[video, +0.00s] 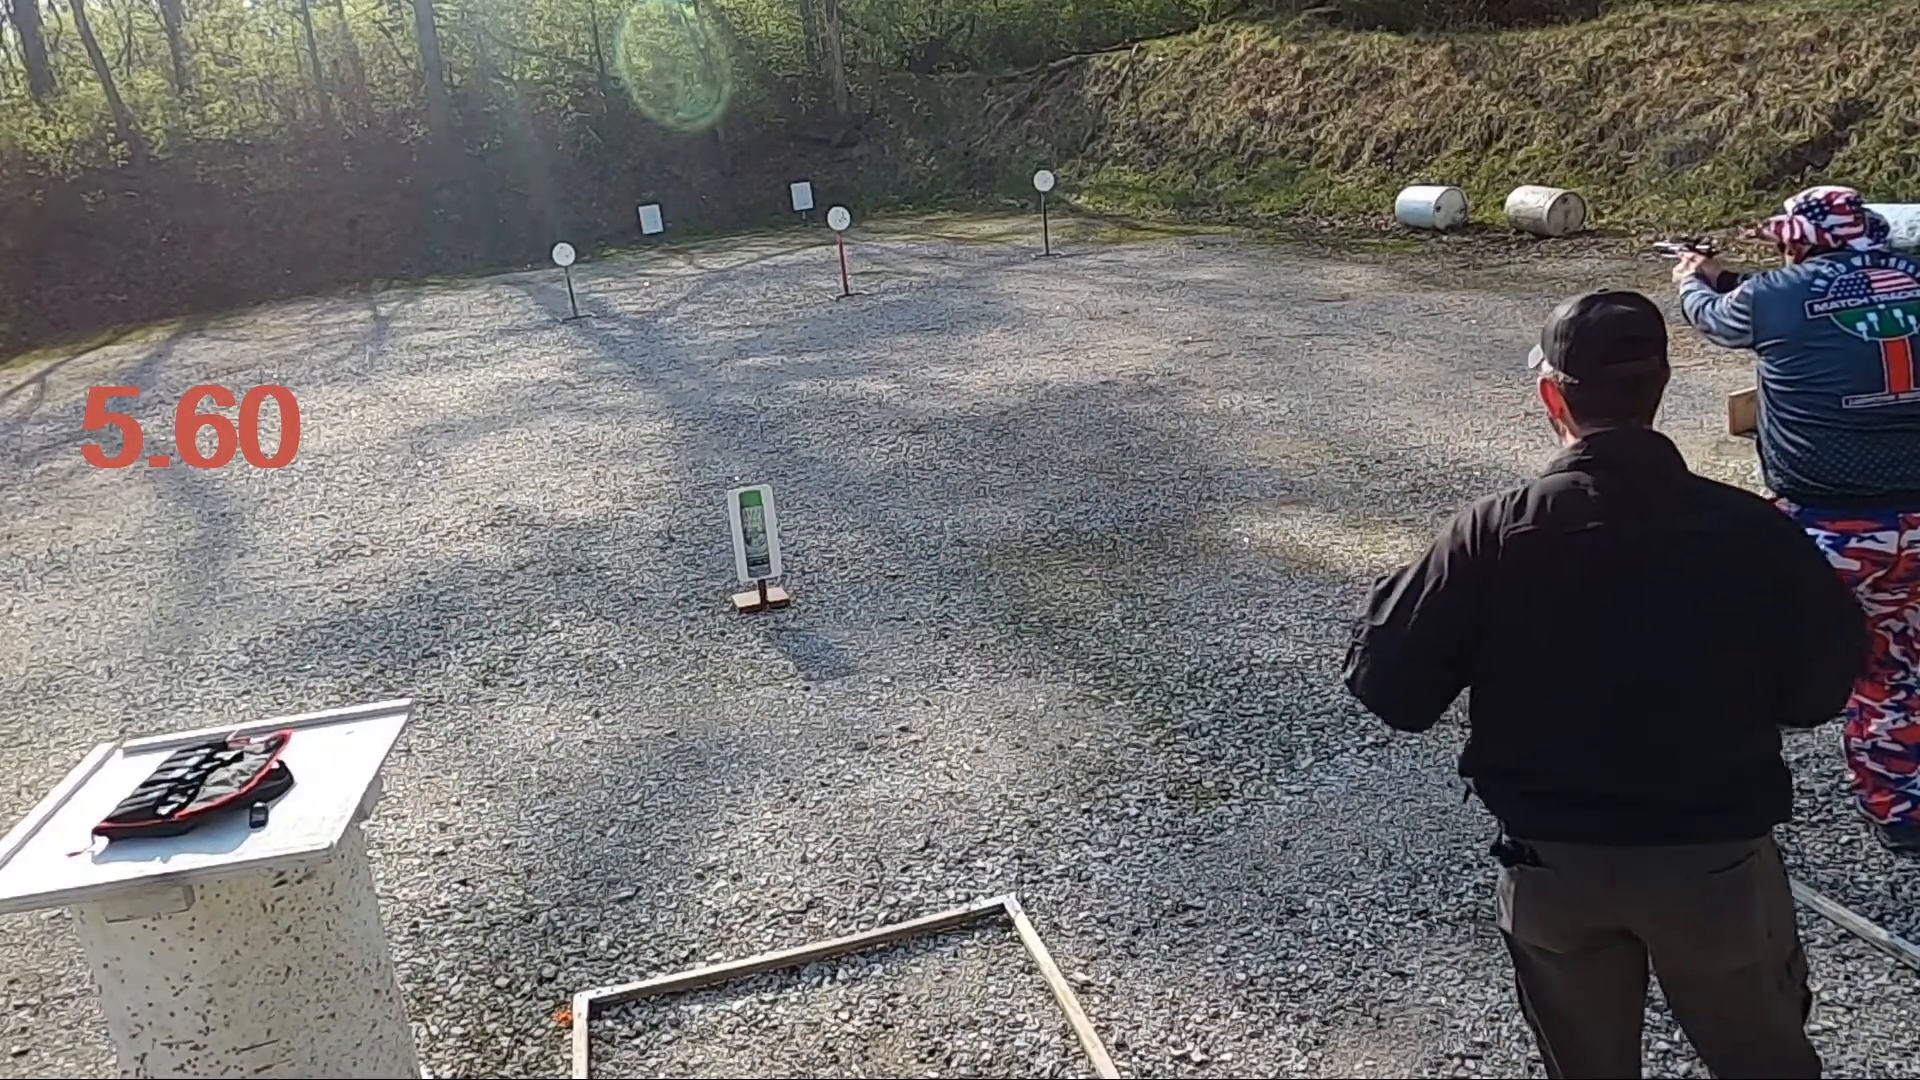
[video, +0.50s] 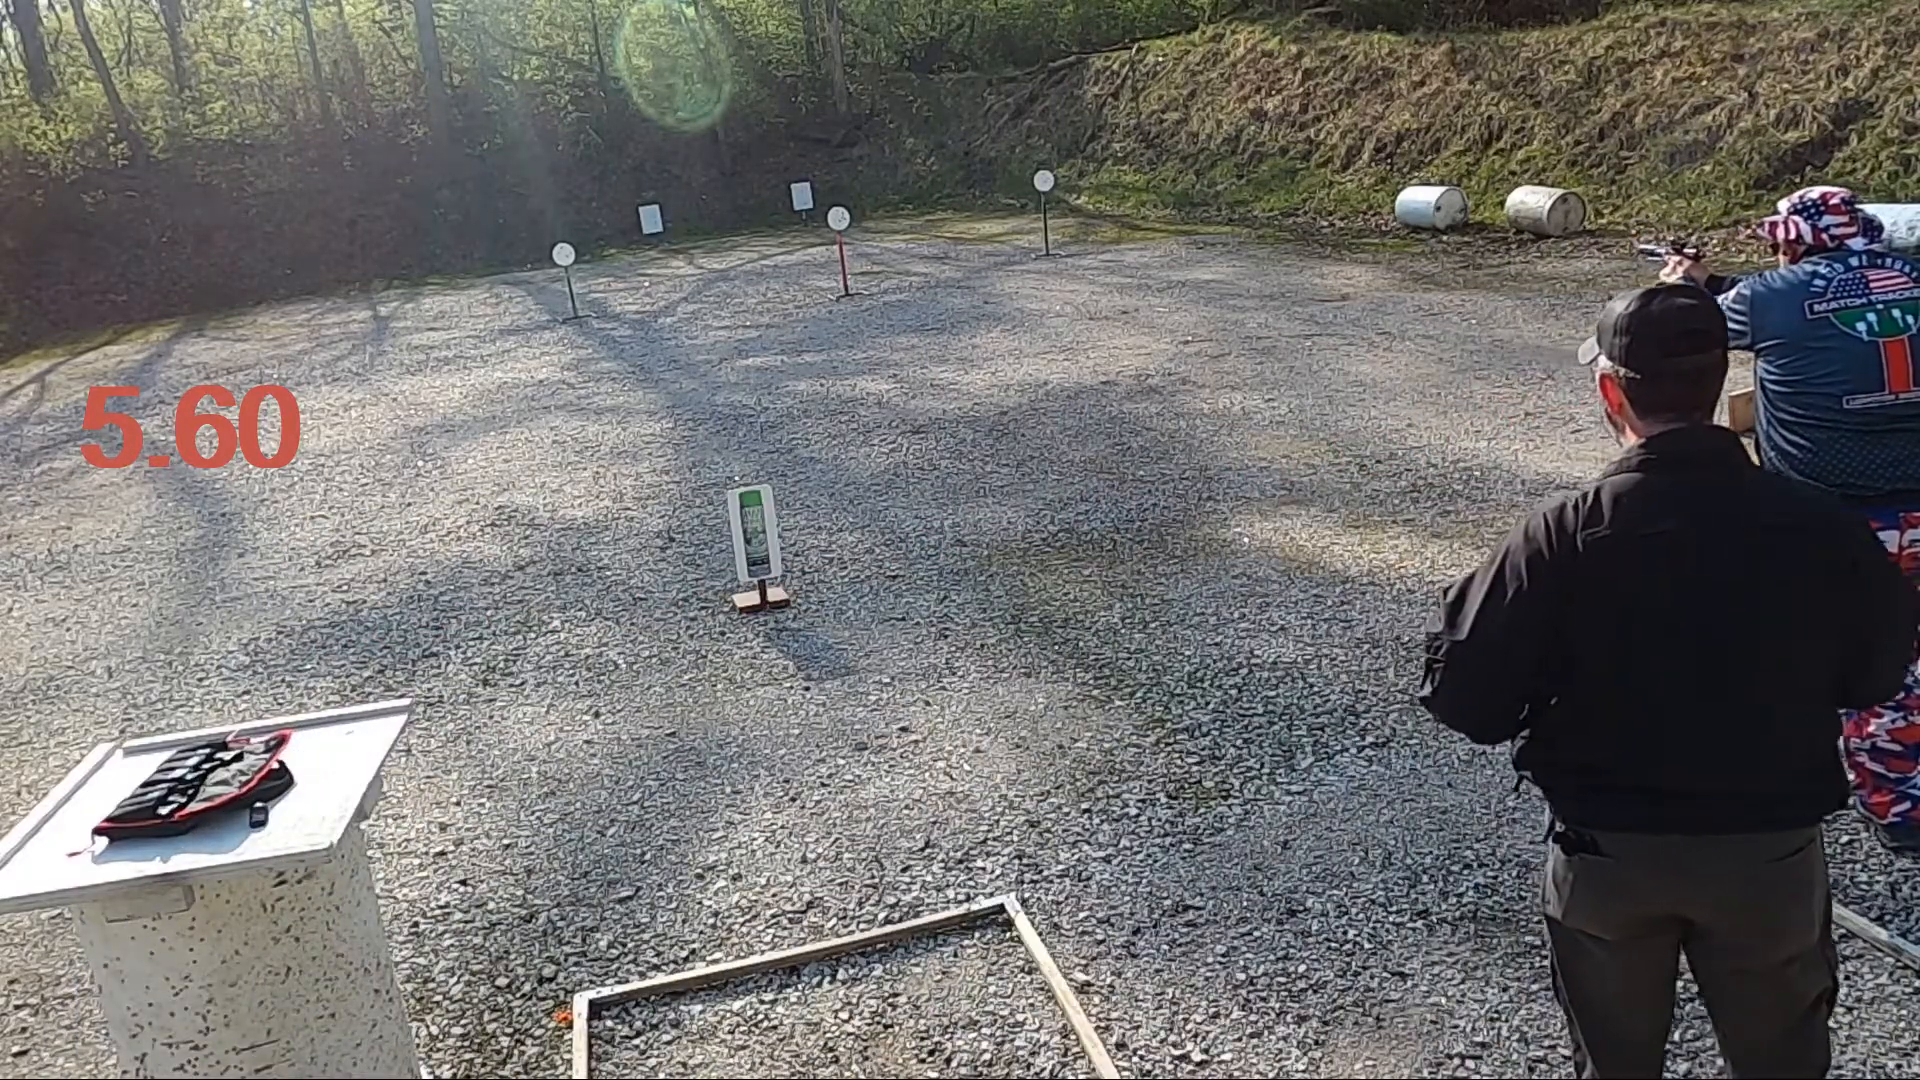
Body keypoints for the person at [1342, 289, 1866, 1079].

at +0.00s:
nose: (1543, 391)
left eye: (1543, 381)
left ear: (1553, 397)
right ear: (1661, 384)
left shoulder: (1493, 537)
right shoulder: (1756, 531)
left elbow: (1391, 687)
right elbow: (1829, 681)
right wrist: (1723, 673)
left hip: (1556, 878)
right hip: (1719, 876)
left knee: (1590, 1071)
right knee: (1771, 1065)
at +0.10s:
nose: (1553, 390)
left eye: (1553, 379)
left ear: (1565, 397)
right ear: (1672, 383)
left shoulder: (1508, 538)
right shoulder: (1769, 529)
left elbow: (1404, 687)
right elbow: (1838, 681)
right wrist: (1733, 671)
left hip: (1566, 876)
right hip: (1728, 875)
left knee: (1594, 1071)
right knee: (1773, 1068)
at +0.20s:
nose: (1566, 394)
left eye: (1567, 382)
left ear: (1579, 398)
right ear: (1682, 385)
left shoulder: (1526, 537)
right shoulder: (1783, 530)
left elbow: (1423, 691)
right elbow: (1850, 678)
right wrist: (1747, 667)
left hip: (1577, 872)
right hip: (1737, 871)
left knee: (1599, 1068)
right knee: (1770, 1067)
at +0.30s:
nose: (1579, 392)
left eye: (1580, 381)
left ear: (1592, 398)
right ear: (1695, 384)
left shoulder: (1541, 538)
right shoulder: (1793, 527)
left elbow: (1444, 698)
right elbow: (1860, 673)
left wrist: (1450, 607)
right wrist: (1761, 647)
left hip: (1590, 869)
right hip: (1749, 871)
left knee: (1604, 1067)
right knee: (1773, 1065)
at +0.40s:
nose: (1590, 392)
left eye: (1592, 380)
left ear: (1603, 397)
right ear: (1707, 384)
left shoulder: (1552, 537)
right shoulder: (1812, 525)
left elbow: (1458, 700)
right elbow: (1872, 672)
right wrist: (1769, 657)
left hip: (1600, 869)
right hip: (1761, 870)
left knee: (1610, 1067)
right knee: (1780, 1065)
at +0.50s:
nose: (1600, 388)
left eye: (1602, 377)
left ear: (1613, 395)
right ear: (1719, 381)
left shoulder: (1565, 538)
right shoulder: (1821, 527)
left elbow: (1465, 698)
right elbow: (1876, 671)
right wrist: (1774, 653)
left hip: (1610, 867)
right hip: (1769, 869)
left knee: (1616, 1065)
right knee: (1785, 1065)